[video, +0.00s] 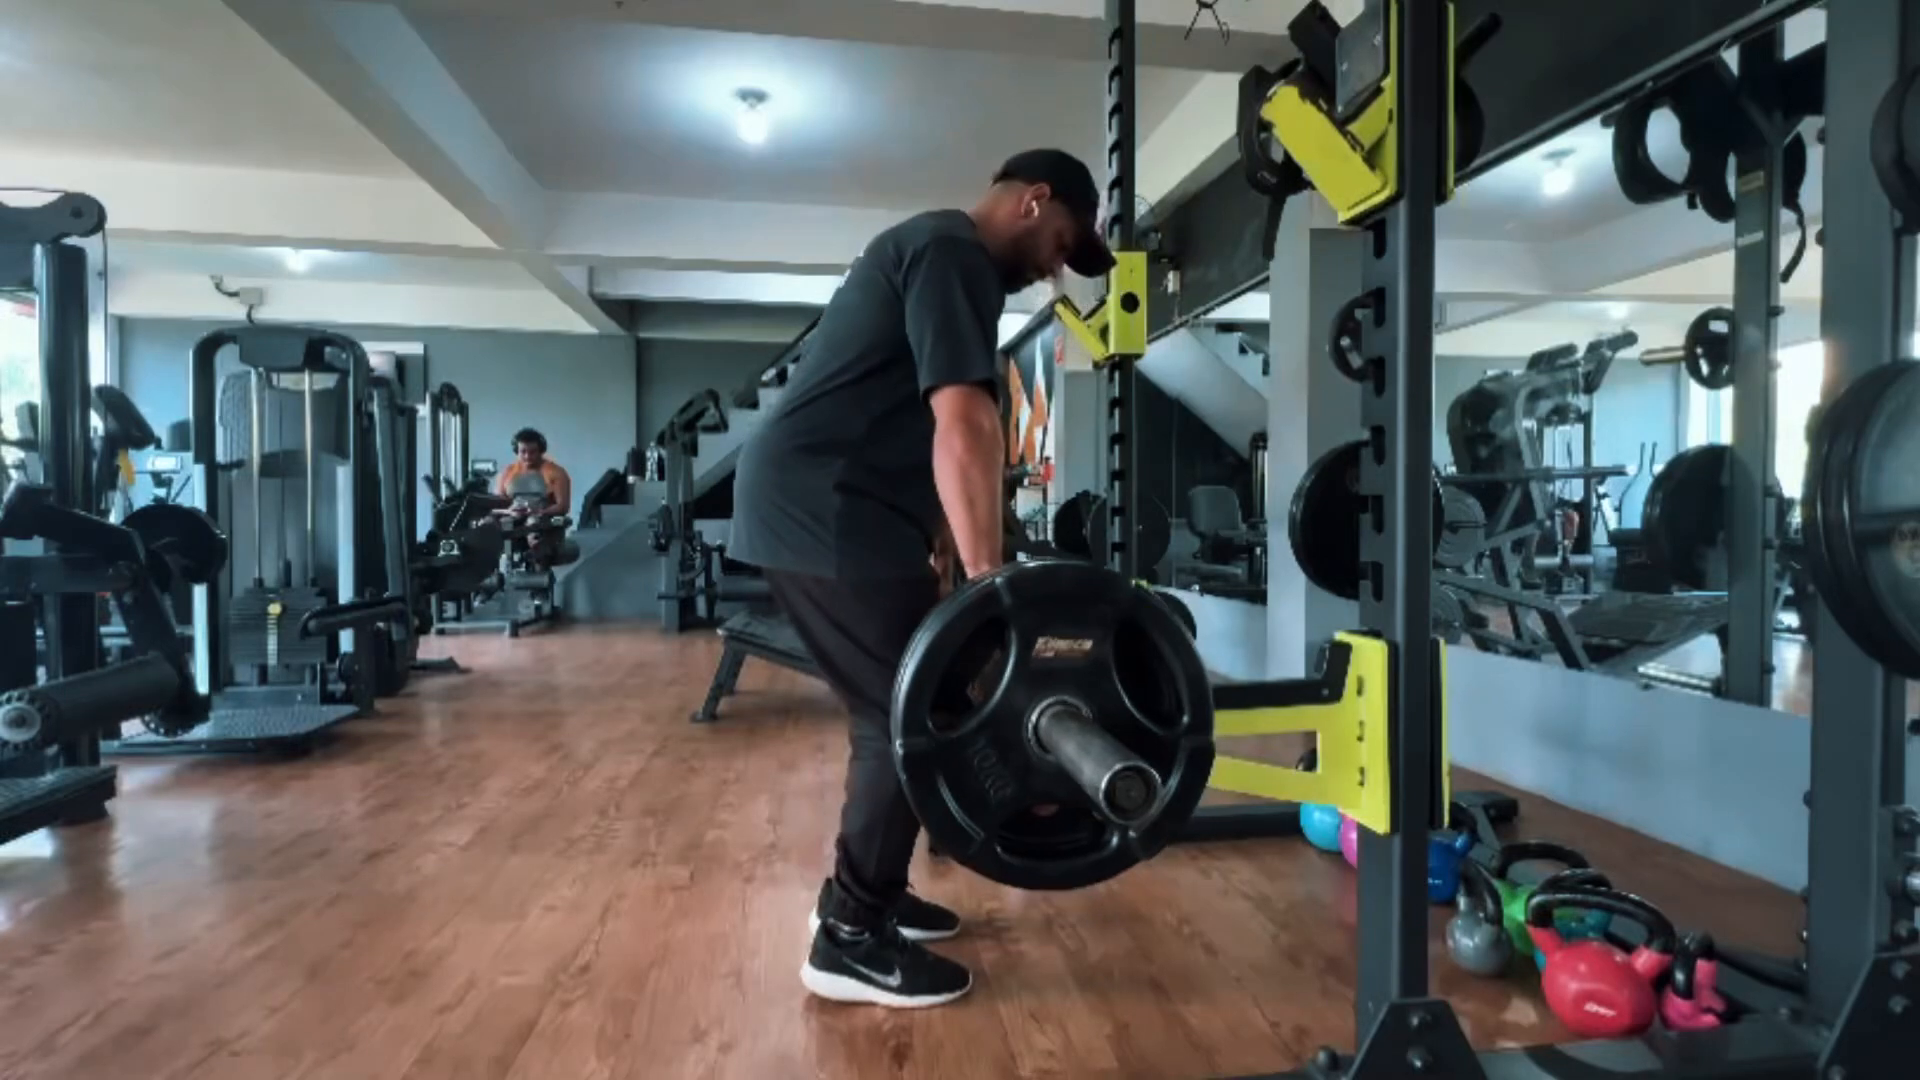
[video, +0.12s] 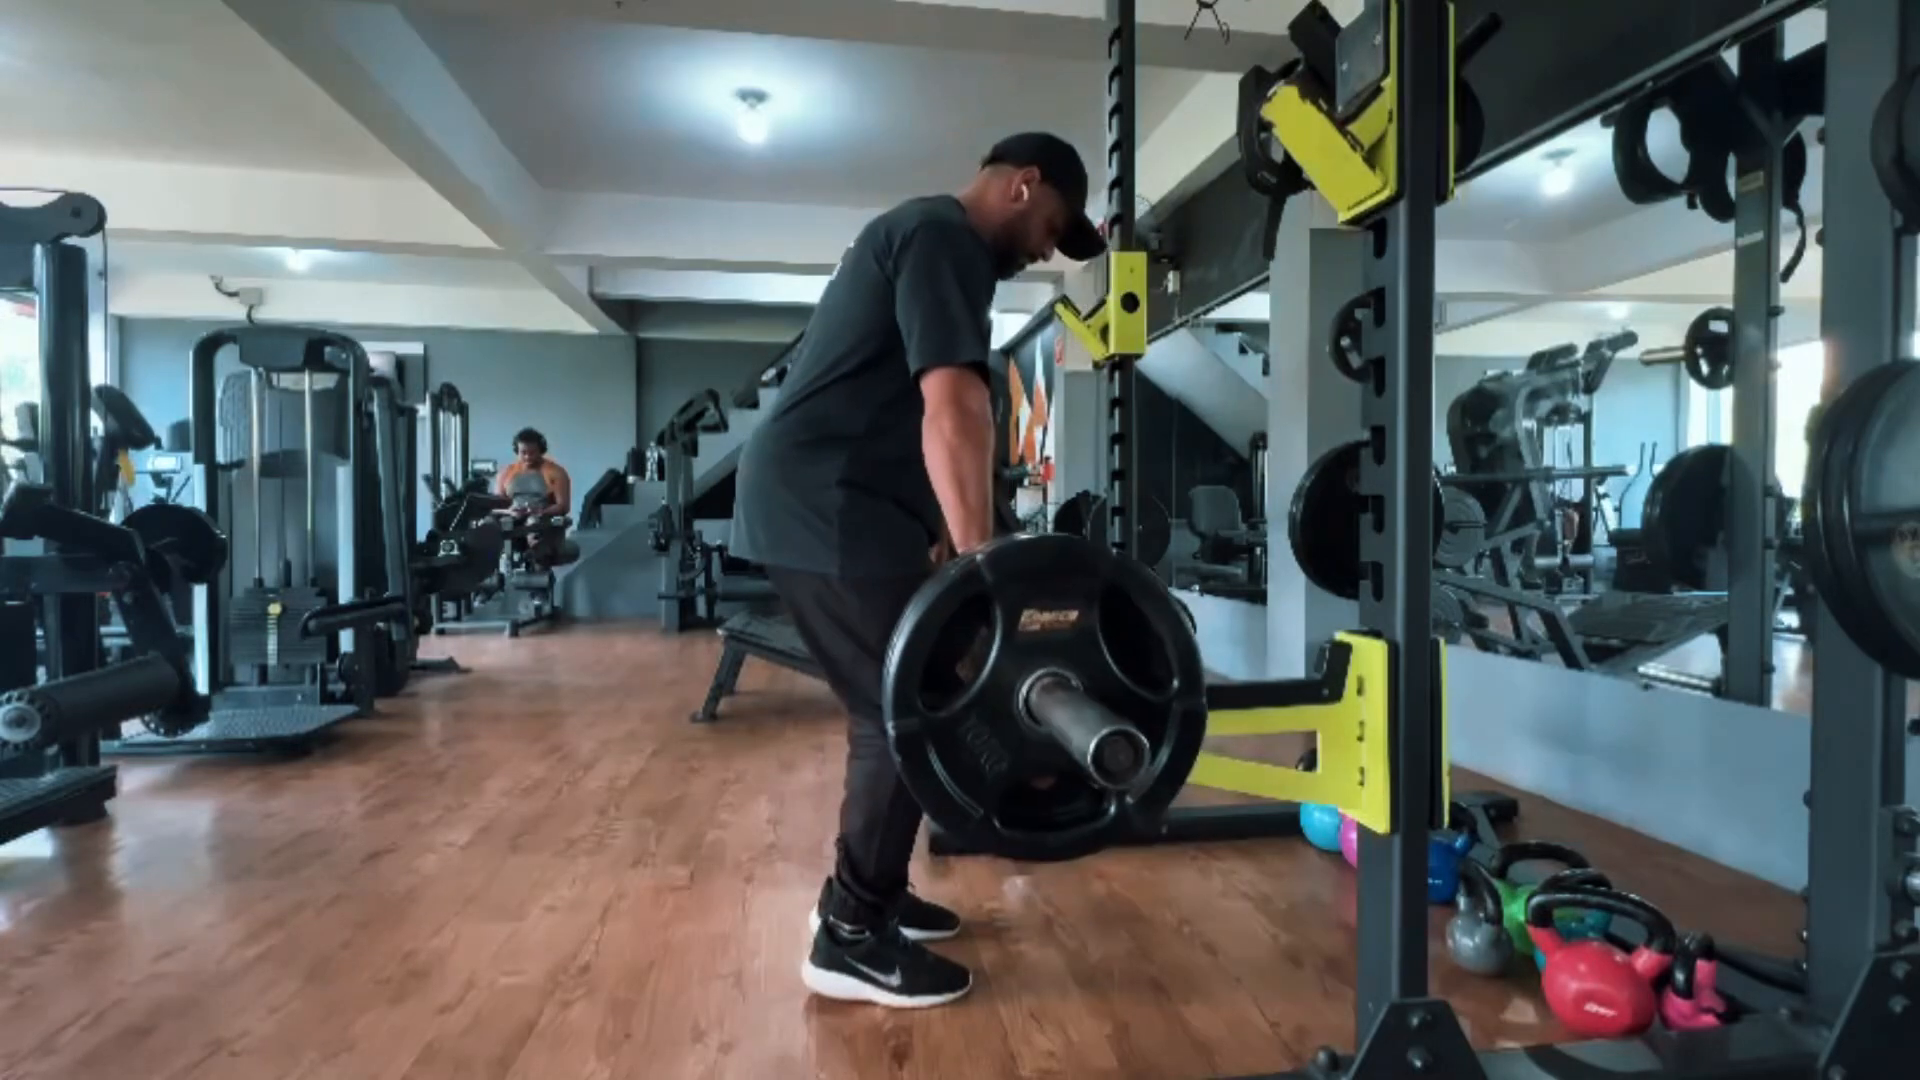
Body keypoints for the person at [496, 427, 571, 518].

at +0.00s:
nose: (527, 457)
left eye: (532, 452)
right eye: (523, 452)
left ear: (541, 451)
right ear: (517, 452)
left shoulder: (556, 473)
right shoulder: (509, 472)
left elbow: (563, 506)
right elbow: (501, 499)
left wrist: (540, 514)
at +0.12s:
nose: (527, 458)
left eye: (532, 453)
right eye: (523, 453)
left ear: (541, 452)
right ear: (517, 452)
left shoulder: (556, 473)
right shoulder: (507, 472)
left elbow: (563, 506)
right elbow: (500, 501)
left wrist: (539, 513)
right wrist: (511, 512)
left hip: (543, 518)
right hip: (514, 519)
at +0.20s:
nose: (527, 458)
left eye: (532, 453)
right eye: (523, 453)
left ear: (541, 451)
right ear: (517, 452)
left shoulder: (556, 473)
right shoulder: (507, 472)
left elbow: (563, 506)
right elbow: (501, 501)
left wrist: (539, 513)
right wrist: (512, 512)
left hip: (543, 518)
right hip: (514, 519)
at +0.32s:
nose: (528, 458)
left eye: (532, 453)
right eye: (524, 453)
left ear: (541, 452)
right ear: (518, 452)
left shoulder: (556, 473)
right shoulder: (507, 472)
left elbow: (563, 507)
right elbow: (501, 501)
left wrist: (539, 512)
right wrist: (512, 512)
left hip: (543, 519)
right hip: (514, 521)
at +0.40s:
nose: (529, 458)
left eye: (533, 453)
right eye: (524, 454)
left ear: (541, 452)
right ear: (518, 453)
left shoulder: (556, 473)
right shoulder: (507, 472)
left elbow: (563, 507)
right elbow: (501, 501)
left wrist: (539, 512)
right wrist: (512, 512)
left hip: (543, 519)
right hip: (514, 521)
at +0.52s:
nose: (529, 458)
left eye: (534, 453)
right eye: (525, 454)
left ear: (542, 452)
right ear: (518, 453)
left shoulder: (556, 473)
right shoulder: (508, 472)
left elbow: (563, 506)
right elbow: (500, 501)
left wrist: (540, 512)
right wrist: (512, 512)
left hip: (543, 518)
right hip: (514, 519)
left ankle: (542, 572)